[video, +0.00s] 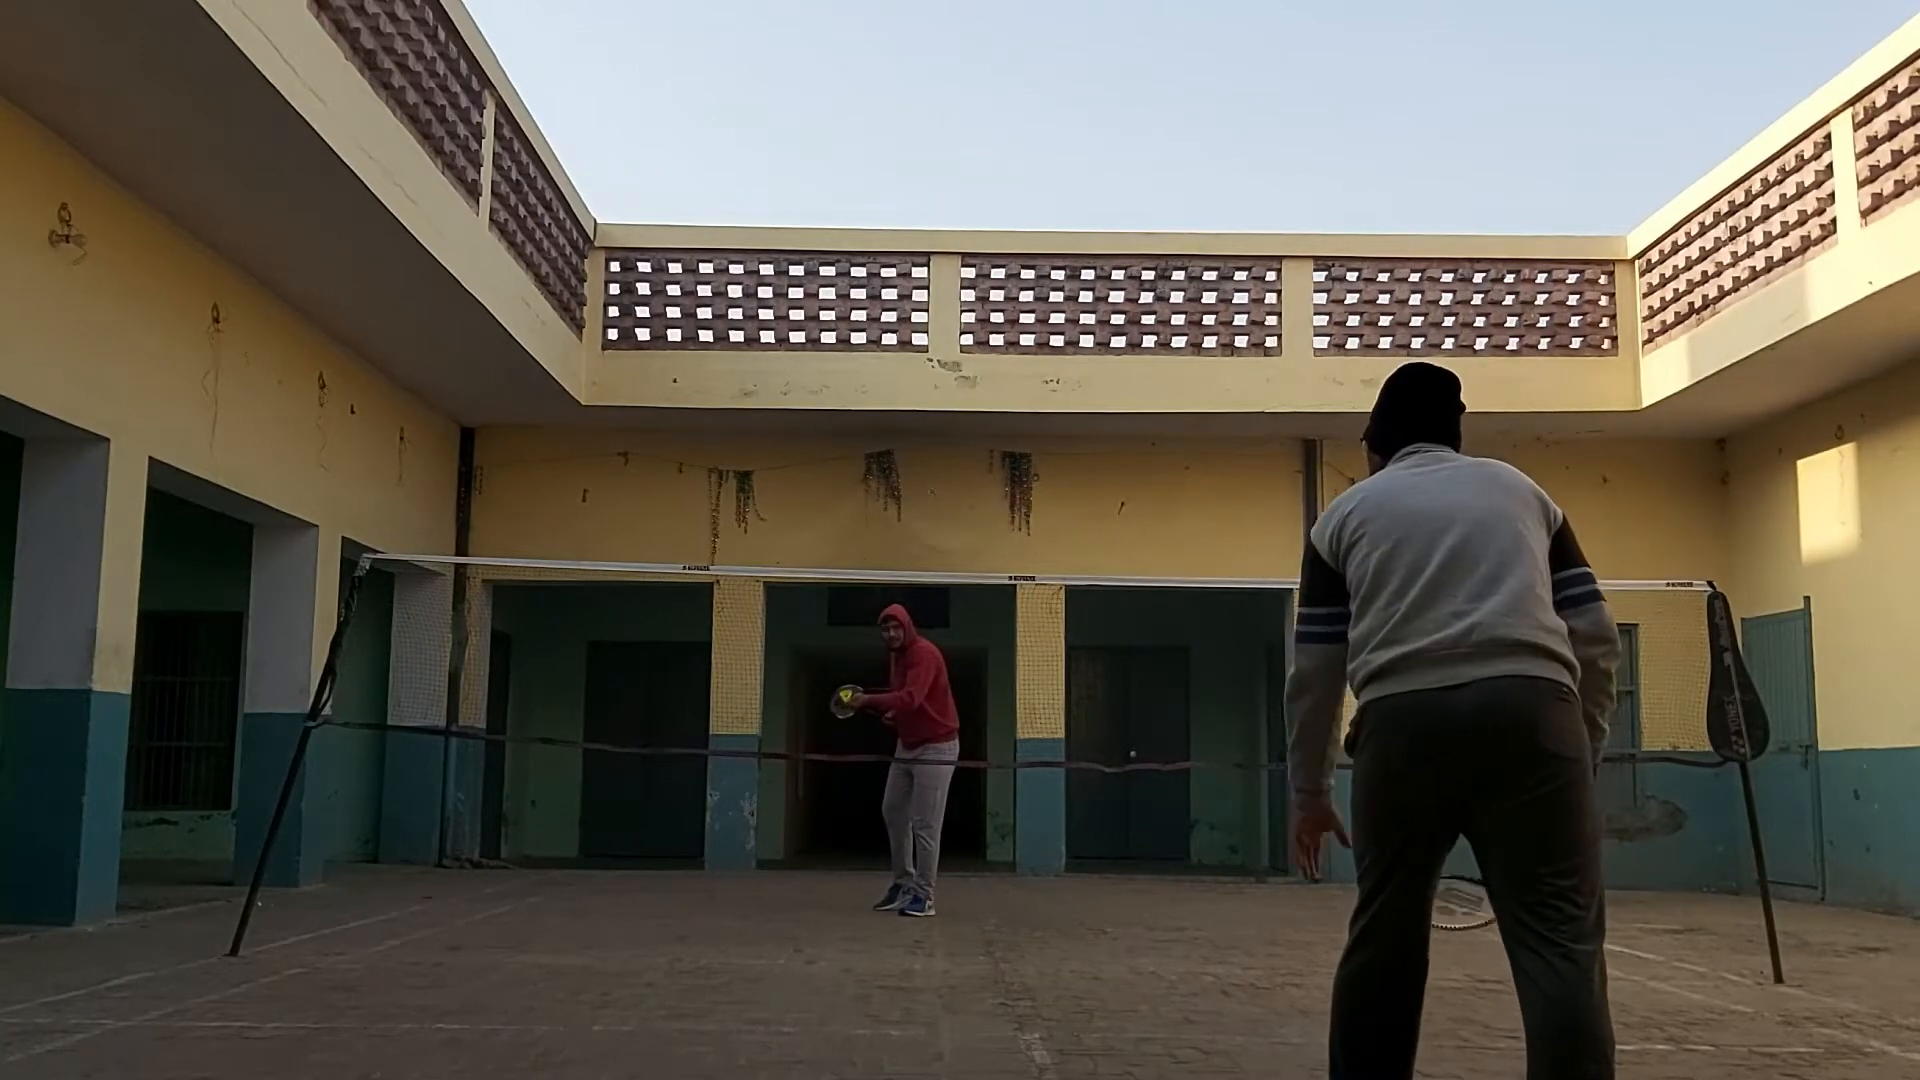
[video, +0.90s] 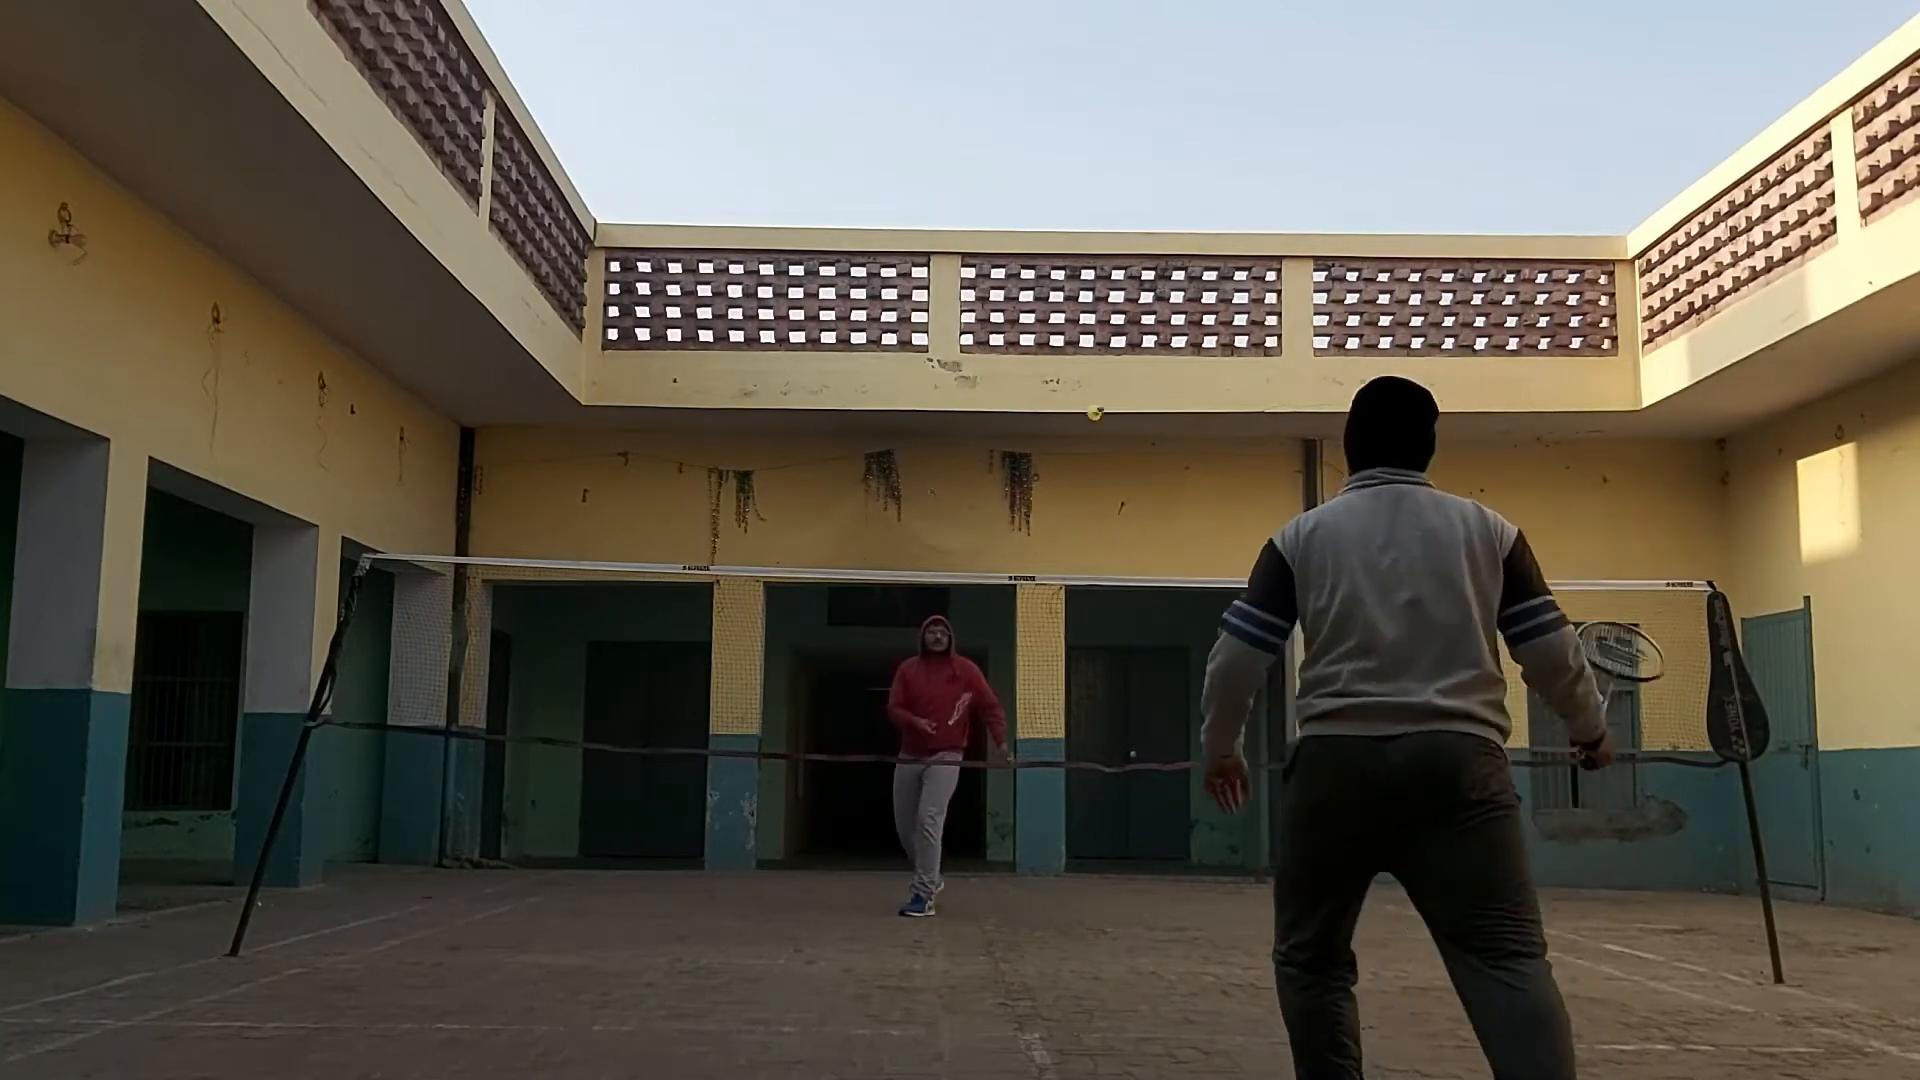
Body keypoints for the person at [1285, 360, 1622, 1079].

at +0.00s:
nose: (1368, 454)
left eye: (1369, 444)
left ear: (1376, 442)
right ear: (1457, 434)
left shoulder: (1343, 514)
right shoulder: (1522, 490)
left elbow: (1312, 673)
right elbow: (1595, 630)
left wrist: (1309, 793)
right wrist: (1586, 742)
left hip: (1401, 729)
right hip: (1532, 717)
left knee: (1387, 926)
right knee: (1558, 936)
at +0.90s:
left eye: (1352, 439)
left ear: (1349, 446)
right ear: (1430, 447)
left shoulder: (1303, 536)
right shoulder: (1490, 531)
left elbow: (1236, 658)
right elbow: (1551, 656)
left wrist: (1221, 746)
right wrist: (1591, 726)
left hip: (1332, 765)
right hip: (1460, 763)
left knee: (1311, 957)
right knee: (1506, 955)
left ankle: (1333, 1078)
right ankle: (1544, 1073)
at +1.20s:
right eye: (1393, 490)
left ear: (1325, 488)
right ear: (1396, 498)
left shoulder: (1258, 557)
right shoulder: (1427, 576)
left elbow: (1164, 632)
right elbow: (1478, 695)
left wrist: (1174, 695)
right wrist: (1567, 786)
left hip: (1291, 767)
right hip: (1401, 769)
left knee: (1295, 947)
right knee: (1411, 890)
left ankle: (1335, 1076)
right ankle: (1415, 1065)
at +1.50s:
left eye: (1360, 534)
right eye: (1413, 552)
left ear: (1356, 539)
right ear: (1416, 562)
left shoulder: (1300, 574)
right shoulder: (1421, 645)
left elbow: (1220, 604)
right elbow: (1418, 759)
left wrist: (1178, 698)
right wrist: (1474, 830)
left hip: (1274, 757)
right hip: (1362, 782)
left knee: (1235, 916)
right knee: (1346, 895)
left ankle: (1296, 1035)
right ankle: (1379, 1050)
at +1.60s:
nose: (1346, 523)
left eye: (1350, 515)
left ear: (1348, 523)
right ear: (1405, 548)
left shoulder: (1302, 559)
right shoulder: (1401, 620)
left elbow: (1229, 602)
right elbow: (1359, 684)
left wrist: (1184, 687)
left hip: (1260, 741)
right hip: (1343, 763)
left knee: (1190, 896)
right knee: (1343, 891)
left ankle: (1257, 1046)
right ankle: (1379, 1052)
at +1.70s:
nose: (1322, 494)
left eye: (1327, 487)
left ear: (1324, 494)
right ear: (1380, 516)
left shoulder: (1283, 540)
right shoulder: (1377, 582)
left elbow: (1200, 586)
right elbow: (1319, 640)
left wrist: (1187, 665)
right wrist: (1236, 659)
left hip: (1248, 727)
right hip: (1330, 743)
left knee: (1161, 875)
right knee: (1328, 885)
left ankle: (1176, 1048)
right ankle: (1381, 1049)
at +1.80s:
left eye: (1275, 478)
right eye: (1334, 495)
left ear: (1272, 485)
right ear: (1333, 498)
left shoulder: (1238, 537)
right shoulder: (1336, 558)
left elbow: (1155, 597)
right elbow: (1275, 560)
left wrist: (1218, 604)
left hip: (1226, 723)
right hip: (1308, 733)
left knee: (1136, 874)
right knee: (1320, 879)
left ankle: (1090, 1033)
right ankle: (1373, 1037)